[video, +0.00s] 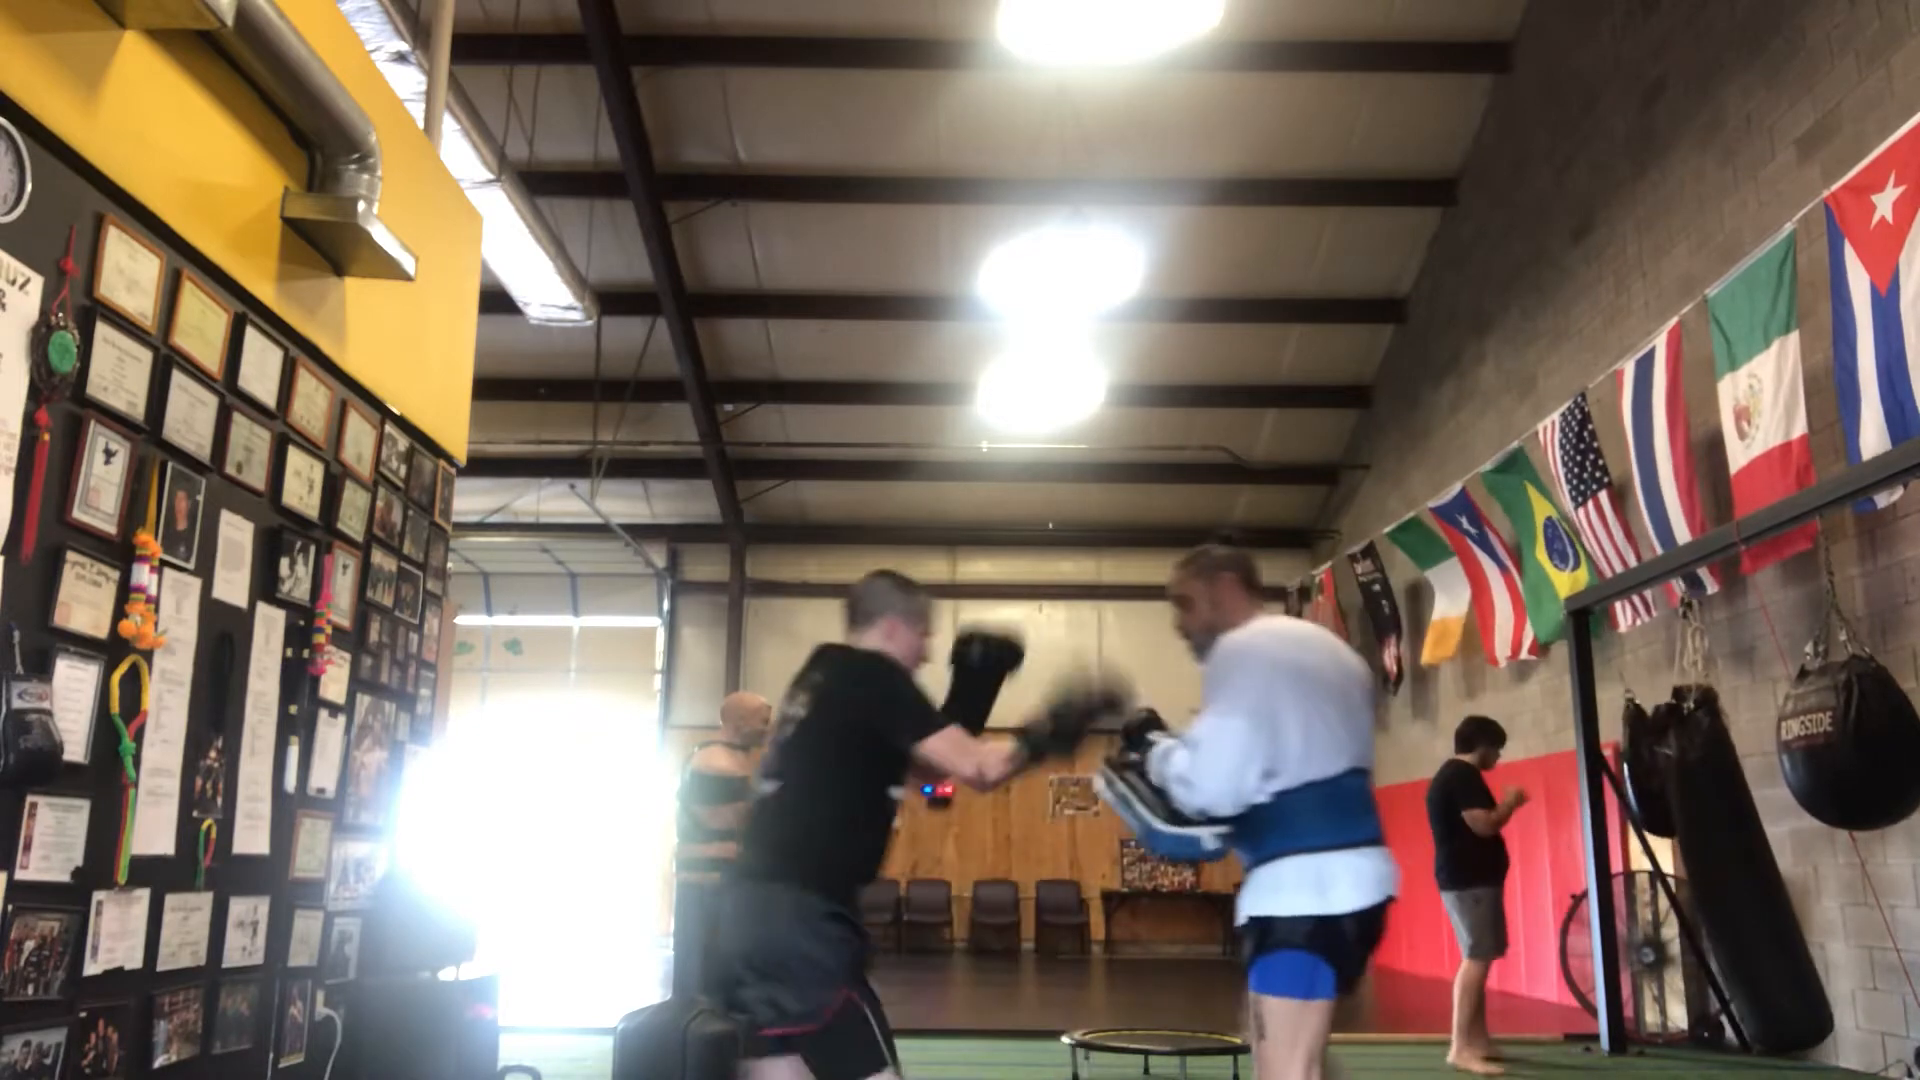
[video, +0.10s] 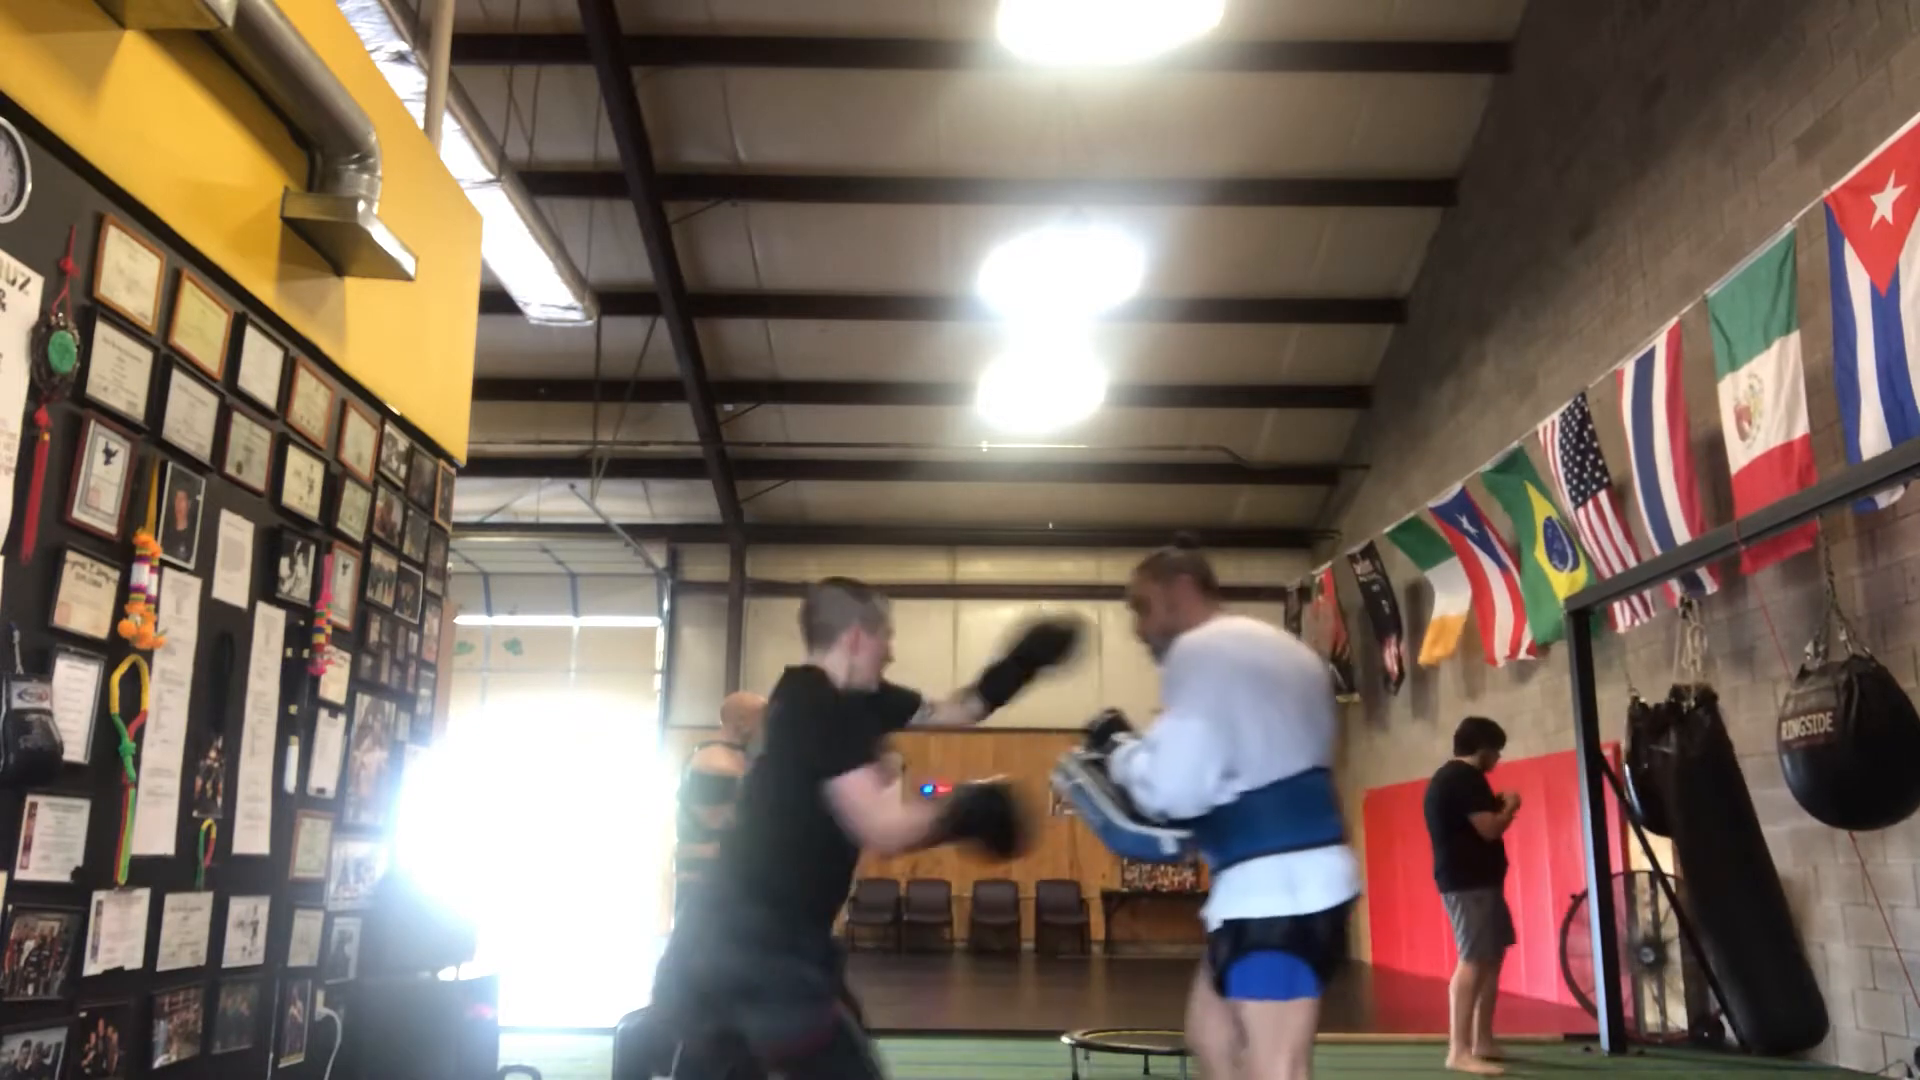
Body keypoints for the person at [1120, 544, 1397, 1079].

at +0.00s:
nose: (1180, 625)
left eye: (1185, 605)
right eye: (1177, 609)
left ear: (1225, 588)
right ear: (1235, 590)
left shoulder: (1246, 653)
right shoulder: (1330, 647)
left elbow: (1214, 786)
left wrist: (1153, 743)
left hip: (1302, 894)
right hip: (1356, 885)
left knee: (1285, 1068)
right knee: (1296, 1058)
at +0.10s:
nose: (1139, 628)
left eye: (1143, 607)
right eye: (1136, 611)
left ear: (1182, 590)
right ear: (1193, 591)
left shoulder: (1203, 652)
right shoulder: (1288, 649)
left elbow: (1177, 789)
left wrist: (1117, 745)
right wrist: (1144, 745)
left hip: (1272, 894)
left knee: (1276, 1065)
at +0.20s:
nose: (1097, 633)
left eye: (1101, 613)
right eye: (1095, 617)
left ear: (1141, 597)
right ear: (1157, 597)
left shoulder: (1161, 655)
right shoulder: (1241, 652)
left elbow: (1134, 789)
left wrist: (1082, 746)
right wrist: (1111, 727)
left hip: (1230, 900)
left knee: (1254, 1069)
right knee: (1166, 1061)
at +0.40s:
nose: (1017, 614)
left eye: (1020, 594)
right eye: (1015, 598)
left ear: (1060, 579)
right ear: (1070, 580)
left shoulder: (1085, 626)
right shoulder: (1119, 628)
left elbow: (1055, 752)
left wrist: (997, 706)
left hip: (1143, 876)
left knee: (1147, 1062)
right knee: (1119, 1061)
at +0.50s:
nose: (980, 601)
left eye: (983, 582)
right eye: (977, 587)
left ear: (1023, 564)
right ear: (1035, 567)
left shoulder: (1059, 605)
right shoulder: (1090, 610)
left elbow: (1021, 727)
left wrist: (964, 699)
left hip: (1103, 861)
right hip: (1136, 857)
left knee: (1077, 1051)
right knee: (1111, 1043)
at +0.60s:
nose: (953, 590)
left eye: (956, 573)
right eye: (949, 577)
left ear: (992, 563)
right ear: (1004, 566)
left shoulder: (1025, 608)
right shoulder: (1055, 612)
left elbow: (1004, 734)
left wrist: (947, 721)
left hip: (1065, 865)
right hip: (1111, 861)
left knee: (1026, 1051)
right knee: (1091, 1050)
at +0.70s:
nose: (924, 599)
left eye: (929, 585)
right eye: (924, 585)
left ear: (948, 584)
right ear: (991, 574)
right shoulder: (1035, 633)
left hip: (1019, 896)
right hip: (1072, 890)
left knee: (986, 1061)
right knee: (1053, 1059)